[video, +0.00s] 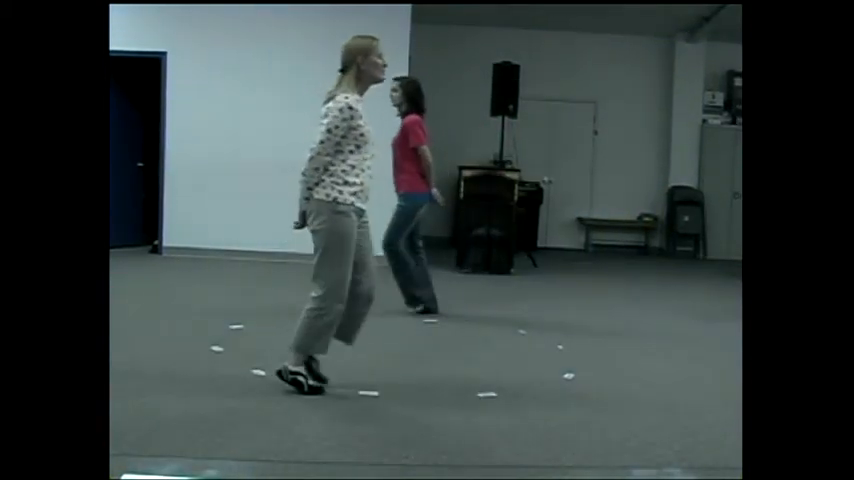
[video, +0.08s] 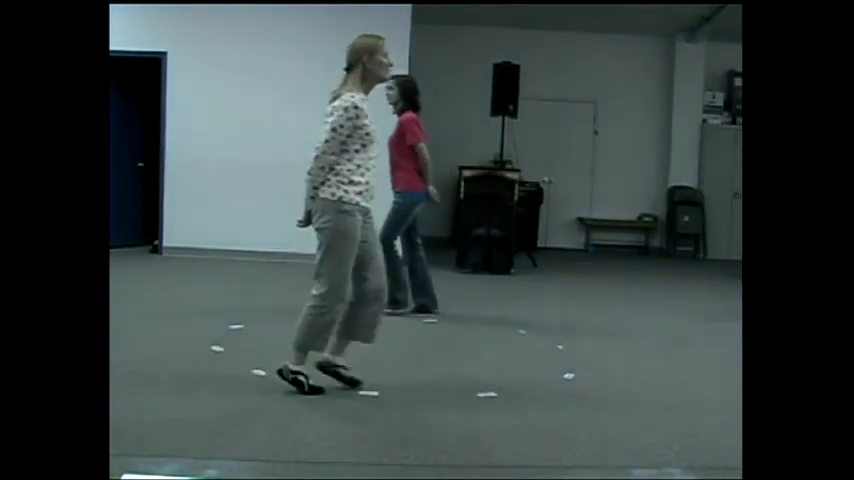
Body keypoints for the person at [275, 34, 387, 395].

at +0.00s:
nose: (384, 64)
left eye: (383, 58)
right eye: (378, 58)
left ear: (360, 64)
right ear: (359, 63)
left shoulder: (355, 105)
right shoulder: (342, 106)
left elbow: (329, 158)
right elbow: (317, 158)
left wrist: (309, 204)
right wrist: (304, 205)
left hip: (352, 207)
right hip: (333, 205)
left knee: (362, 288)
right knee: (330, 289)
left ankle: (311, 355)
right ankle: (295, 363)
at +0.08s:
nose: (390, 63)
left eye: (388, 57)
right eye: (383, 57)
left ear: (365, 63)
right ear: (364, 62)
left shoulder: (359, 105)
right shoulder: (348, 105)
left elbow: (334, 158)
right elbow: (323, 156)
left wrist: (315, 204)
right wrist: (310, 204)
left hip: (358, 207)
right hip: (339, 205)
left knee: (372, 285)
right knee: (331, 288)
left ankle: (334, 357)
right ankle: (296, 364)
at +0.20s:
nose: (403, 69)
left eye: (402, 63)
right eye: (398, 63)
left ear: (379, 67)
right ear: (380, 66)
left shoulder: (377, 109)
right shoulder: (365, 109)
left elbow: (351, 161)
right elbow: (338, 159)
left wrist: (327, 207)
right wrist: (324, 207)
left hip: (371, 211)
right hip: (354, 209)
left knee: (378, 291)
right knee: (335, 288)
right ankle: (296, 364)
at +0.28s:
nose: (412, 72)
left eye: (410, 66)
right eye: (407, 65)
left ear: (388, 70)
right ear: (390, 70)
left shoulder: (385, 114)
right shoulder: (375, 115)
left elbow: (363, 167)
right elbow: (348, 164)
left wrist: (336, 210)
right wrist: (334, 209)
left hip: (380, 216)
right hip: (362, 213)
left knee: (388, 297)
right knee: (341, 293)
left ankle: (396, 375)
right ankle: (296, 364)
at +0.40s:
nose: (431, 71)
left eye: (429, 65)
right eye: (427, 66)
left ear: (407, 69)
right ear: (412, 69)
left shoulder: (399, 112)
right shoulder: (395, 113)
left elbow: (377, 165)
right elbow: (372, 164)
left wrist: (358, 211)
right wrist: (358, 210)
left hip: (396, 214)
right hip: (387, 213)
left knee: (404, 296)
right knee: (382, 293)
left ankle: (398, 376)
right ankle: (319, 357)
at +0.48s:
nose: (440, 74)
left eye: (439, 68)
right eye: (436, 68)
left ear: (414, 72)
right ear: (421, 71)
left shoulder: (407, 113)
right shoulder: (405, 115)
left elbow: (387, 170)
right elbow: (381, 171)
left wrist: (367, 216)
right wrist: (366, 216)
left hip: (399, 214)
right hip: (398, 214)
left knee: (409, 295)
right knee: (408, 296)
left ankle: (400, 375)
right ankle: (338, 351)